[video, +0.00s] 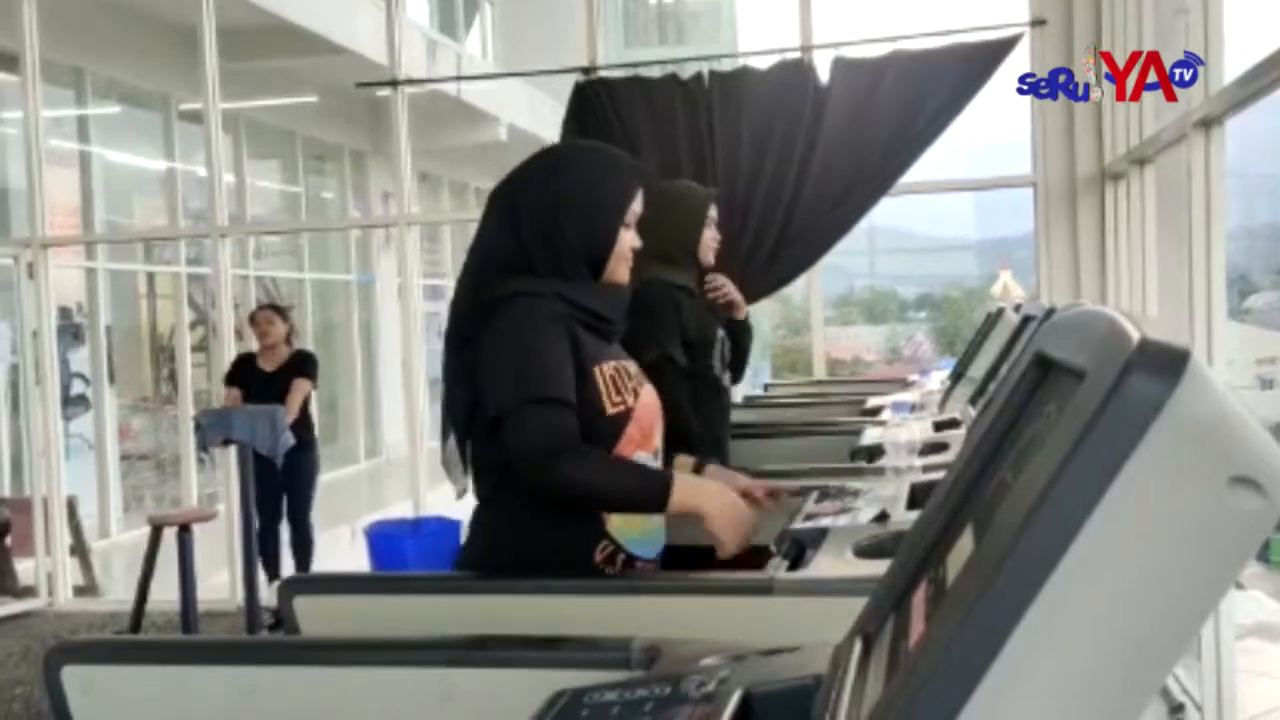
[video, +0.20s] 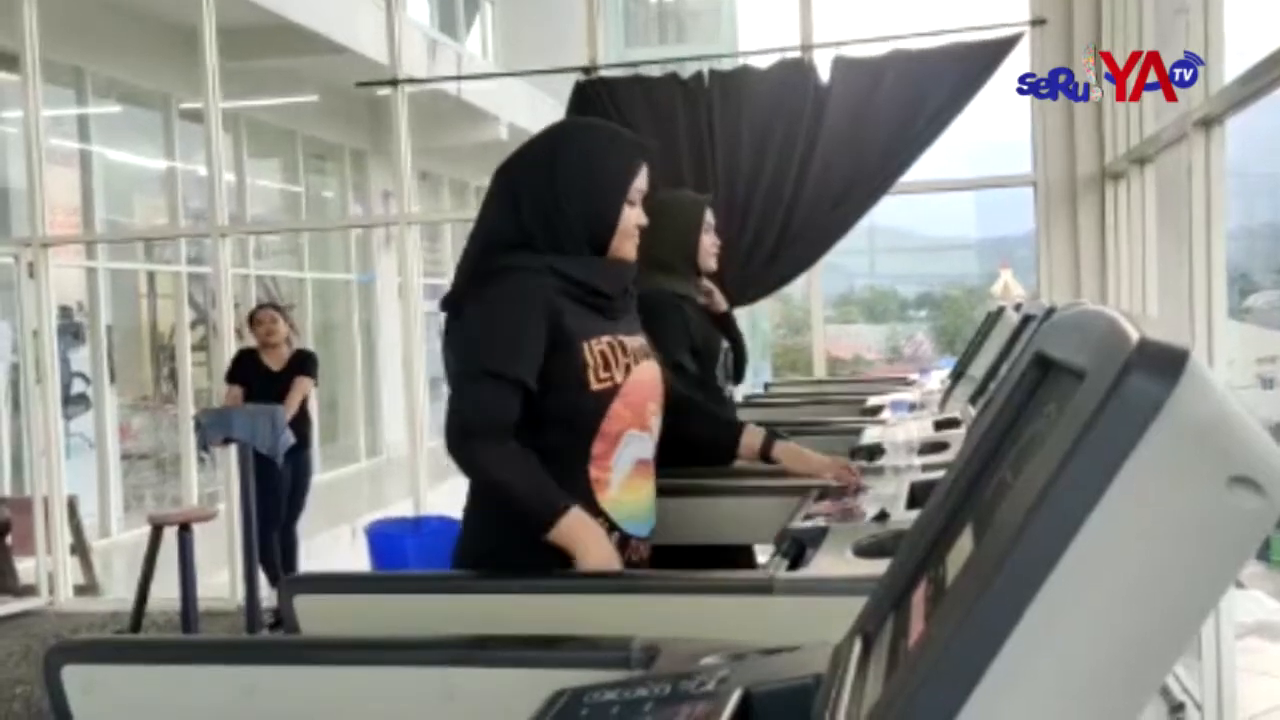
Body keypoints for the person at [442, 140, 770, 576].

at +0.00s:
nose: (637, 243)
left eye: (635, 226)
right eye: (626, 225)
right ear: (579, 221)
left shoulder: (574, 321)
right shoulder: (528, 322)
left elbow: (588, 452)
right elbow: (547, 463)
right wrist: (692, 495)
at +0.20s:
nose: (642, 219)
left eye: (642, 203)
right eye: (630, 202)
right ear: (580, 196)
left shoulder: (607, 294)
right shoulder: (516, 293)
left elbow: (648, 415)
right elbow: (477, 437)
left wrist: (773, 449)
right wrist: (581, 535)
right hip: (526, 580)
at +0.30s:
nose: (647, 224)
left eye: (646, 207)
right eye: (635, 206)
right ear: (584, 206)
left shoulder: (616, 307)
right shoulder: (512, 308)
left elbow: (651, 418)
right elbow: (442, 441)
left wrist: (770, 447)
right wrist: (530, 561)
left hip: (617, 578)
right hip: (536, 590)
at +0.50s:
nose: (648, 233)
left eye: (646, 215)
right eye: (636, 215)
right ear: (585, 219)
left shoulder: (613, 319)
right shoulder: (522, 327)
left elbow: (654, 433)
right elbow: (454, 468)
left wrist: (768, 450)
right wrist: (529, 571)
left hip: (643, 581)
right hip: (572, 596)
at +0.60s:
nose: (645, 216)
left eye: (644, 201)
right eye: (631, 199)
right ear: (582, 198)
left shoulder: (612, 300)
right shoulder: (526, 308)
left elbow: (661, 424)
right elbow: (494, 456)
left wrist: (773, 451)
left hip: (629, 571)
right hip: (552, 586)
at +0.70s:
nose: (643, 209)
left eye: (641, 193)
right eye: (630, 192)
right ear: (578, 191)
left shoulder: (604, 295)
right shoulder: (530, 297)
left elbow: (660, 419)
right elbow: (536, 447)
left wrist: (776, 446)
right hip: (551, 576)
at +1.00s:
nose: (659, 219)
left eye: (656, 203)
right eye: (646, 202)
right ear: (598, 203)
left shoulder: (622, 307)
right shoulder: (561, 310)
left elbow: (667, 432)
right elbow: (566, 460)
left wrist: (776, 444)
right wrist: (678, 526)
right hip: (589, 582)